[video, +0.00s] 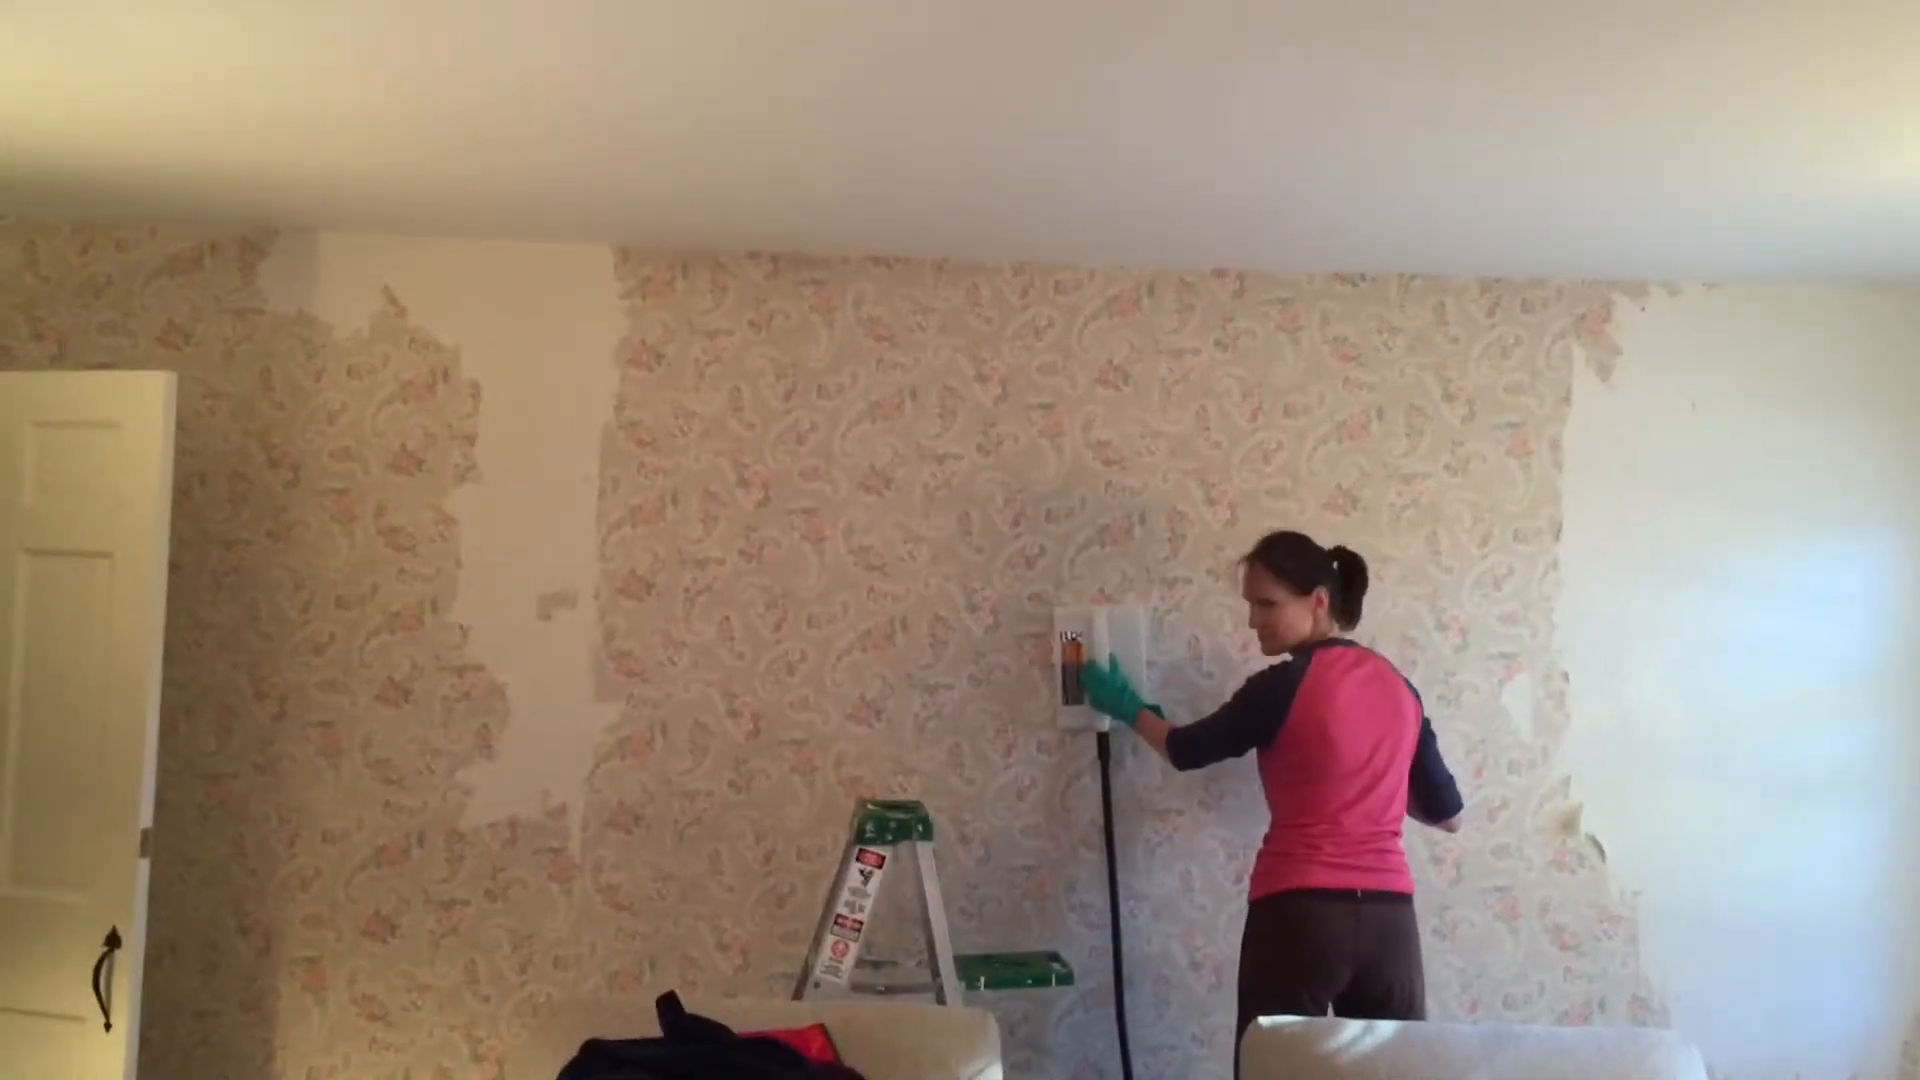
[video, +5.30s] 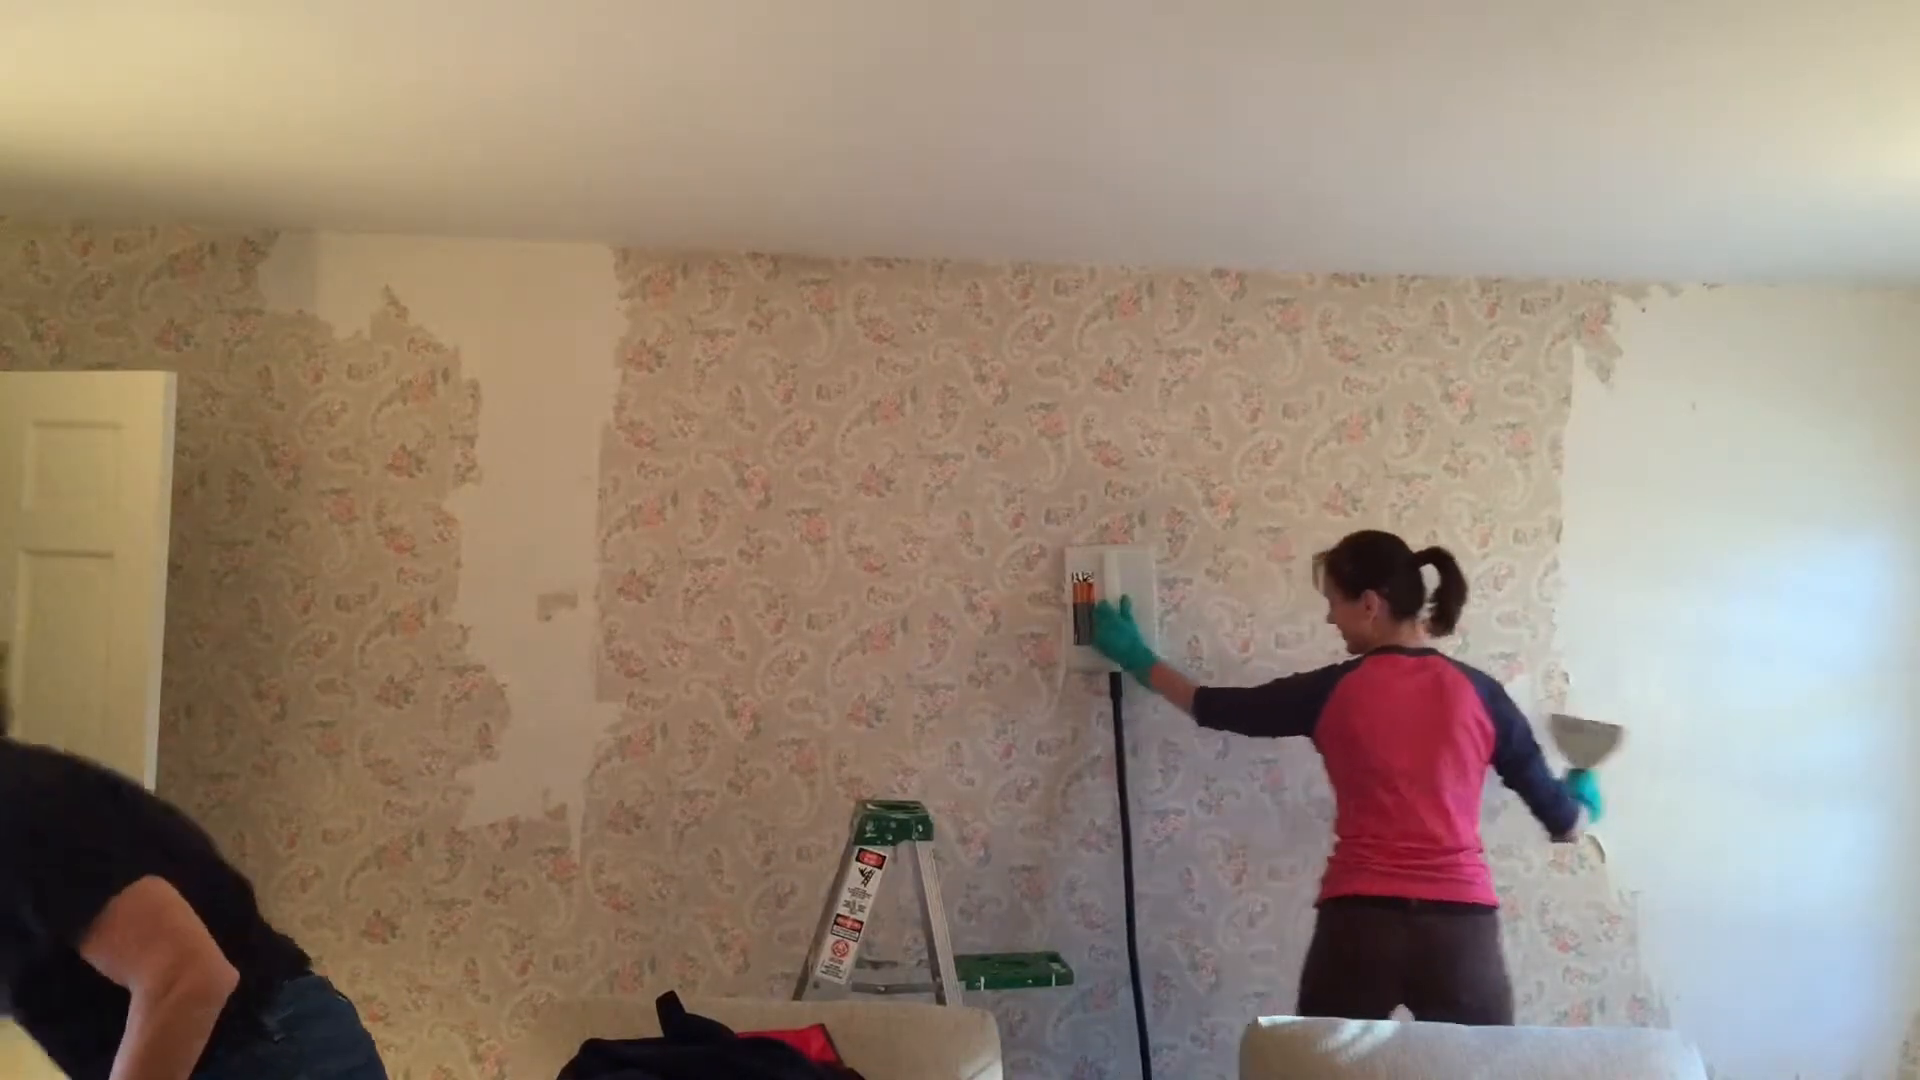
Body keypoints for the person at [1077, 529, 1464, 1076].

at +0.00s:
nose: (1254, 619)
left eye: (1266, 604)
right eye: (1252, 605)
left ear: (1317, 602)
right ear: (1322, 603)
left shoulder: (1283, 685)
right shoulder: (1398, 688)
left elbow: (1184, 749)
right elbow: (1445, 809)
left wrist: (1125, 705)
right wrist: (1373, 764)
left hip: (1296, 922)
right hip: (1389, 925)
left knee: (1269, 1073)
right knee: (1397, 1074)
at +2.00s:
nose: (1293, 597)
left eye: (1298, 586)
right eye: (1297, 585)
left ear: (1316, 605)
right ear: (1376, 606)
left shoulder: (1270, 687)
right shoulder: (1421, 705)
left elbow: (1169, 758)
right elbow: (1444, 849)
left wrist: (1125, 713)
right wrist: (1373, 828)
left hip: (1263, 930)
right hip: (1365, 938)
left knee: (1248, 1074)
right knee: (1379, 1076)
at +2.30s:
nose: (1292, 599)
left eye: (1294, 590)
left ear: (1298, 602)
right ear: (1372, 608)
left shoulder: (1251, 687)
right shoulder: (1402, 701)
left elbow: (1155, 774)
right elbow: (1442, 838)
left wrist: (1124, 713)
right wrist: (1433, 770)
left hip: (1257, 927)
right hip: (1359, 933)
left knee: (1243, 1075)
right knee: (1382, 1075)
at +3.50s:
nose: (1218, 622)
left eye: (1221, 609)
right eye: (1216, 609)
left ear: (1257, 613)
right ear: (1296, 607)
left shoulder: (1239, 690)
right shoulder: (1374, 688)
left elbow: (1164, 750)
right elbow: (1418, 799)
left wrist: (1135, 672)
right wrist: (1430, 755)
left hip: (1261, 923)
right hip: (1359, 925)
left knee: (1247, 1074)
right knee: (1384, 1073)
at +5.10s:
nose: (1282, 618)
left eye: (1289, 601)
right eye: (1282, 601)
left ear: (1332, 604)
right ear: (1339, 604)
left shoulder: (1295, 687)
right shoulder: (1434, 694)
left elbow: (1182, 718)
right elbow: (1500, 820)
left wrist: (1130, 659)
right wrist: (1485, 769)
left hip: (1298, 931)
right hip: (1402, 939)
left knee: (1276, 1067)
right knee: (1431, 1075)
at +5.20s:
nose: (1303, 616)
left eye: (1310, 600)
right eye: (1304, 600)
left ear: (1353, 604)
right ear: (1369, 603)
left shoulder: (1314, 686)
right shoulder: (1458, 693)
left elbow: (1194, 710)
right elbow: (1529, 818)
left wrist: (1128, 655)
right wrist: (1533, 784)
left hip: (1324, 928)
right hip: (1428, 935)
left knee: (1292, 1073)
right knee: (1453, 1076)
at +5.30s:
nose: (1330, 617)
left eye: (1334, 603)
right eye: (1329, 603)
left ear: (1373, 604)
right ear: (1401, 605)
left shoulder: (1336, 687)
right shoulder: (1481, 695)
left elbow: (1211, 706)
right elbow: (1556, 814)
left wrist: (1137, 658)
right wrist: (1578, 797)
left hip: (1357, 933)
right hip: (1461, 938)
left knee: (1319, 1069)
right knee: (1483, 1074)